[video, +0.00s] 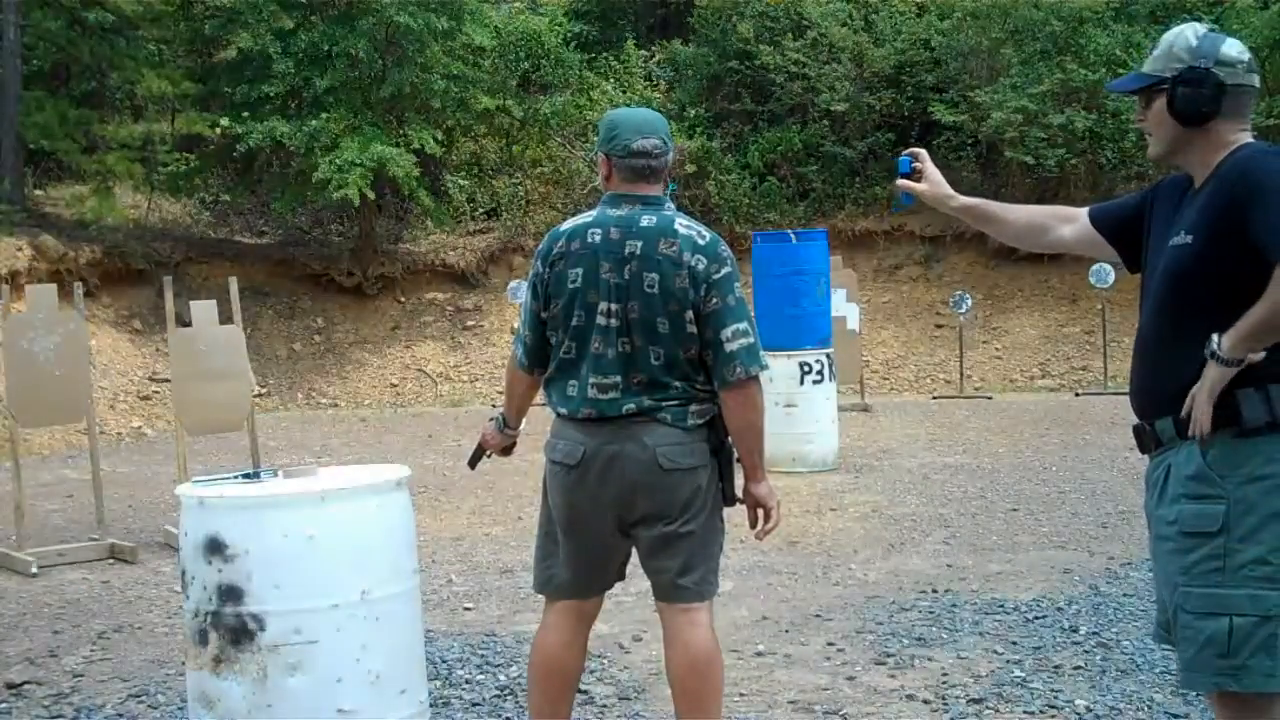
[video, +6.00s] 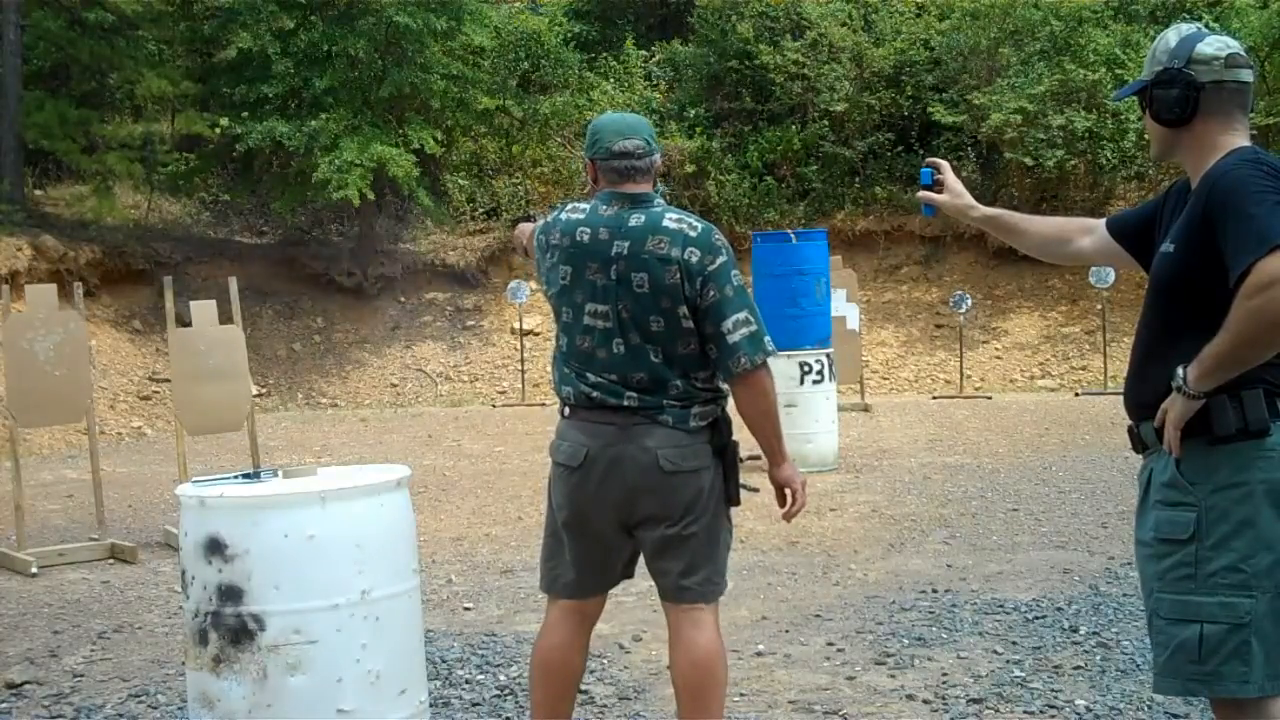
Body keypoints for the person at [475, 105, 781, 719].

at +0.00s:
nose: (596, 169)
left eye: (598, 162)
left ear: (605, 168)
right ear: (670, 168)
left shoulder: (561, 243)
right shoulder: (703, 248)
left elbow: (529, 356)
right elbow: (738, 375)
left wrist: (507, 423)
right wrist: (755, 473)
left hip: (580, 452)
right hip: (676, 453)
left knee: (567, 608)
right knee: (687, 611)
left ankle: (547, 715)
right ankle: (703, 715)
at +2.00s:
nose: (597, 171)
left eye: (598, 163)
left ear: (605, 169)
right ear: (669, 169)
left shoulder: (561, 244)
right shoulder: (704, 248)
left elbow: (530, 357)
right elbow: (738, 375)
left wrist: (509, 425)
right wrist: (756, 473)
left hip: (582, 452)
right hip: (678, 452)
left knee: (568, 607)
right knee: (688, 610)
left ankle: (547, 715)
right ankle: (700, 715)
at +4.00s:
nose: (581, 171)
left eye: (581, 164)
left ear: (586, 171)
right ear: (650, 167)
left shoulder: (557, 230)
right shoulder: (694, 239)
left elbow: (510, 241)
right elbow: (738, 362)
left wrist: (491, 229)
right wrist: (767, 459)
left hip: (581, 446)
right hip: (676, 450)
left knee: (568, 607)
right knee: (689, 612)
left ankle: (547, 715)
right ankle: (702, 715)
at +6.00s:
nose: (585, 172)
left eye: (586, 165)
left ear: (592, 170)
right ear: (658, 166)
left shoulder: (562, 233)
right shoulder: (697, 240)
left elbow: (527, 236)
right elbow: (747, 365)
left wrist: (533, 228)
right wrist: (778, 458)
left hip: (584, 447)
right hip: (682, 452)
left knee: (570, 608)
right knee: (693, 612)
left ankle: (547, 715)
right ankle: (703, 718)